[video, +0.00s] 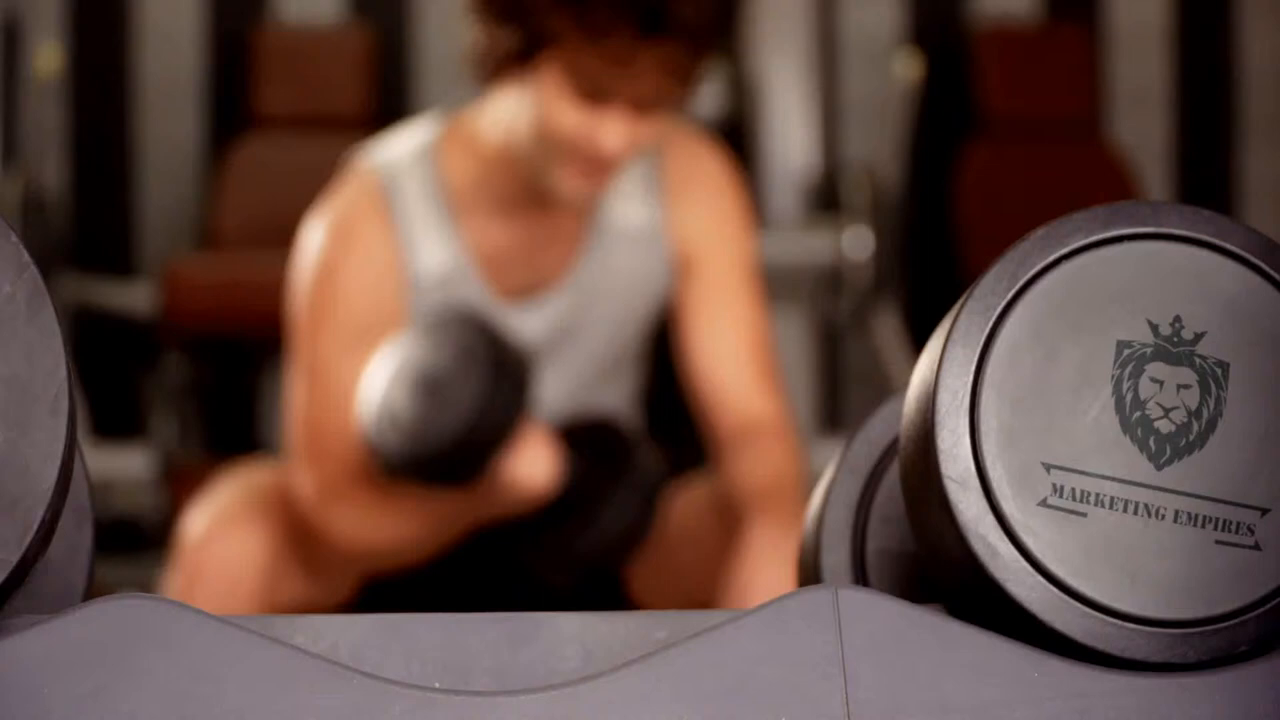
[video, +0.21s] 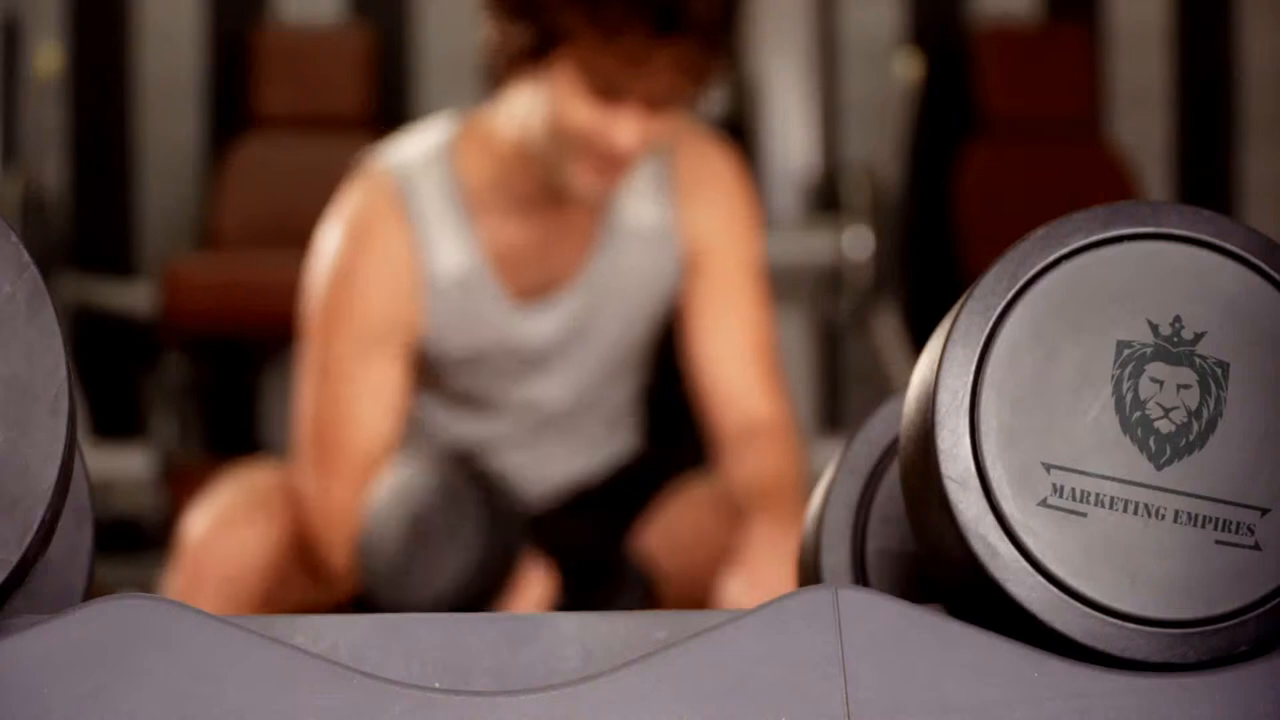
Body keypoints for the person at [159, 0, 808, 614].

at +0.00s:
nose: (615, 139)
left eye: (650, 108)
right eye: (592, 95)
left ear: (681, 99)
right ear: (518, 52)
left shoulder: (687, 176)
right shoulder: (366, 217)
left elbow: (754, 431)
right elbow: (341, 515)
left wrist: (769, 555)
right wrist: (493, 493)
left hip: (589, 530)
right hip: (397, 537)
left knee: (777, 531)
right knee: (230, 531)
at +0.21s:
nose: (628, 137)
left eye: (661, 106)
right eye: (604, 94)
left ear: (690, 97)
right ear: (528, 54)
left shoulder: (697, 176)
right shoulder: (387, 209)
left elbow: (754, 429)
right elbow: (342, 504)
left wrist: (768, 548)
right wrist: (499, 584)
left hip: (609, 513)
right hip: (425, 511)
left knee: (784, 531)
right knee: (231, 525)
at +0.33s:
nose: (638, 143)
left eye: (669, 112)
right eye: (615, 101)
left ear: (696, 101)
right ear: (538, 62)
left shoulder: (704, 178)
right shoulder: (399, 209)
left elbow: (755, 436)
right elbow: (339, 516)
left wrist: (768, 561)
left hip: (602, 517)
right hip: (416, 524)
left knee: (769, 543)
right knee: (234, 528)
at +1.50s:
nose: (622, 199)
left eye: (655, 175)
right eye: (606, 161)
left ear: (695, 146)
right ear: (553, 90)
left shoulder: (705, 175)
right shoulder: (402, 211)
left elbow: (753, 428)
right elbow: (340, 502)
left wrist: (779, 571)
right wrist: (449, 640)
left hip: (602, 515)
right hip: (417, 524)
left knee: (789, 539)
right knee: (245, 524)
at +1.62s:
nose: (613, 202)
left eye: (646, 177)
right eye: (597, 164)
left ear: (690, 148)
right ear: (545, 91)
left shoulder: (701, 175)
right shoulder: (385, 208)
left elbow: (755, 428)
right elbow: (341, 502)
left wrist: (777, 579)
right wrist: (509, 579)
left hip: (604, 519)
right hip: (412, 522)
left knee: (794, 524)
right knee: (245, 527)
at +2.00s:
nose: (588, 201)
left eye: (615, 174)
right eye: (573, 164)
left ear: (652, 137)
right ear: (509, 98)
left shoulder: (671, 173)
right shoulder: (328, 212)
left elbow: (747, 423)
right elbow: (340, 499)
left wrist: (790, 586)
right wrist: (489, 465)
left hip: (600, 522)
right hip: (400, 527)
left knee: (778, 540)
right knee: (235, 532)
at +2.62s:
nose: (600, 180)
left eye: (633, 153)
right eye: (584, 141)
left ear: (672, 119)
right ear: (527, 75)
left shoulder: (692, 171)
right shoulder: (369, 210)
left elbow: (750, 423)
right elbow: (341, 497)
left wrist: (797, 536)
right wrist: (497, 574)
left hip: (607, 512)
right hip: (423, 516)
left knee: (794, 533)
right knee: (241, 528)